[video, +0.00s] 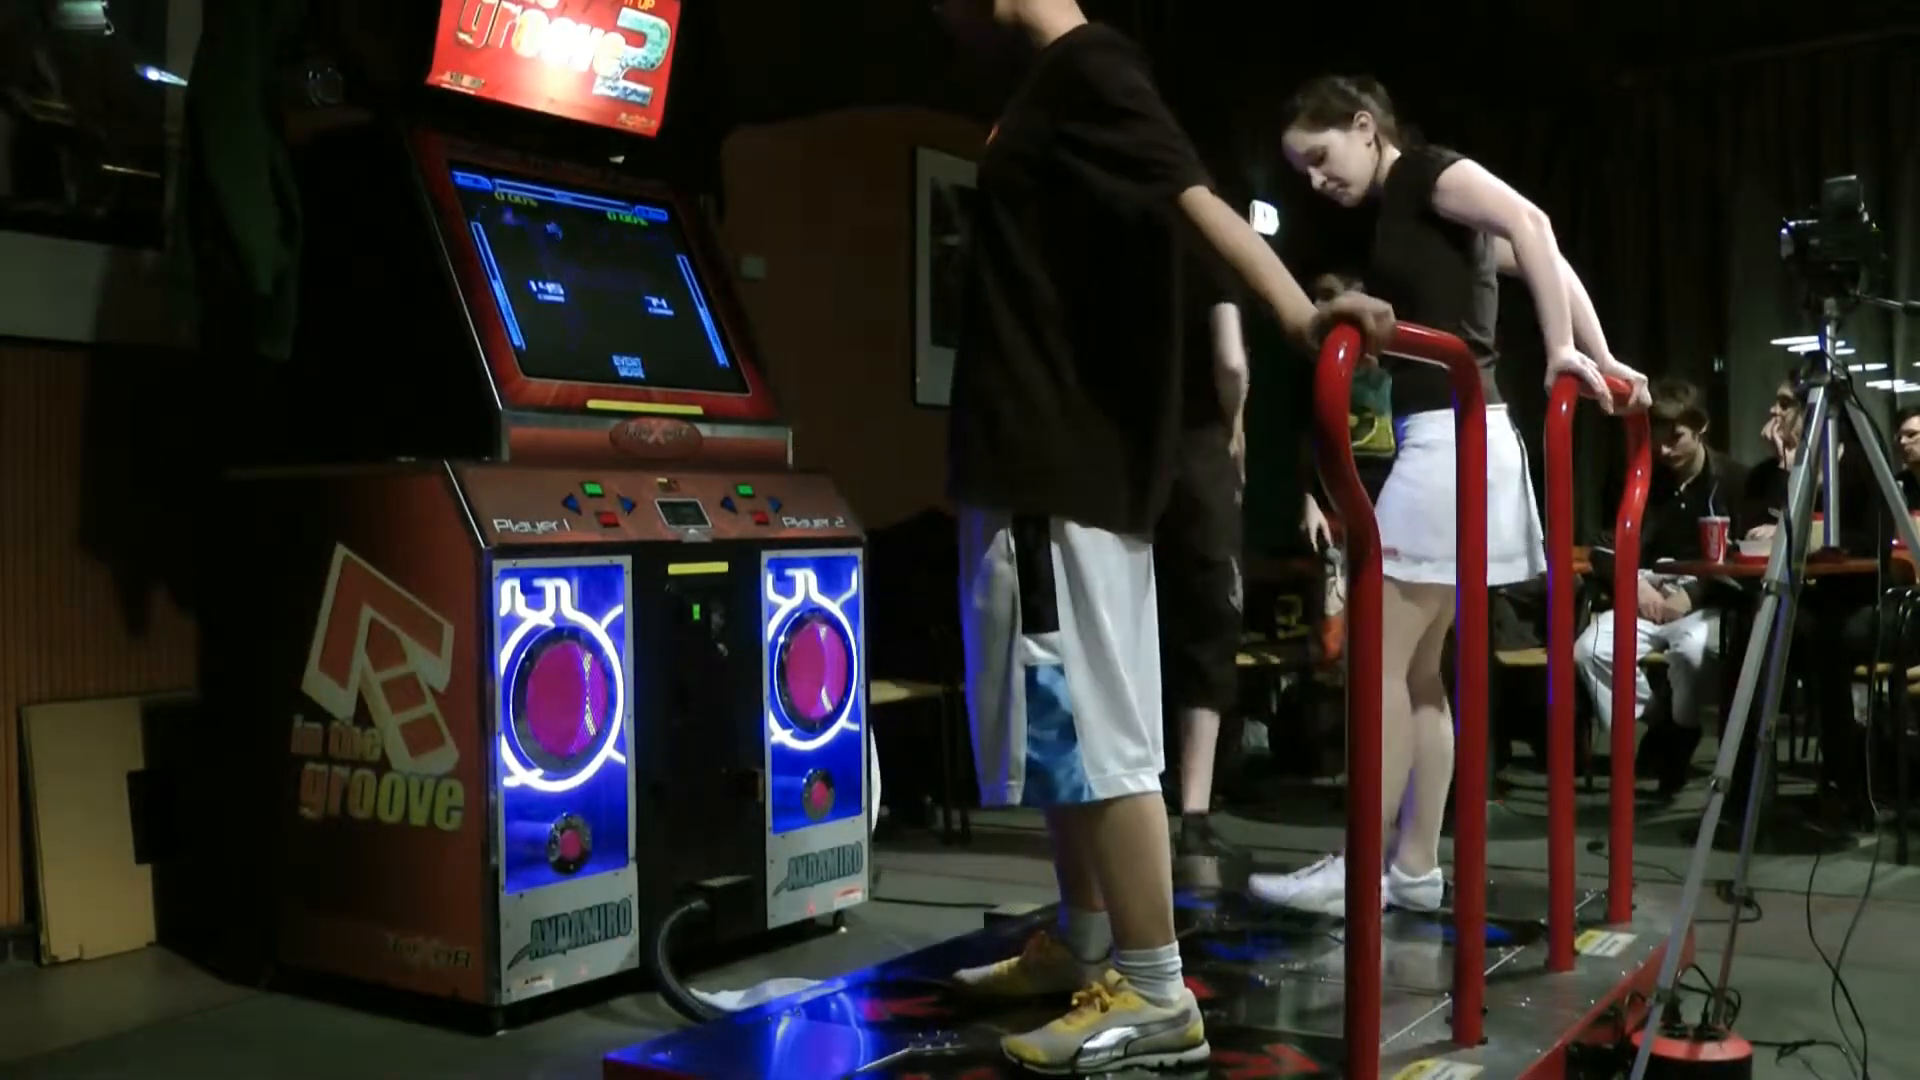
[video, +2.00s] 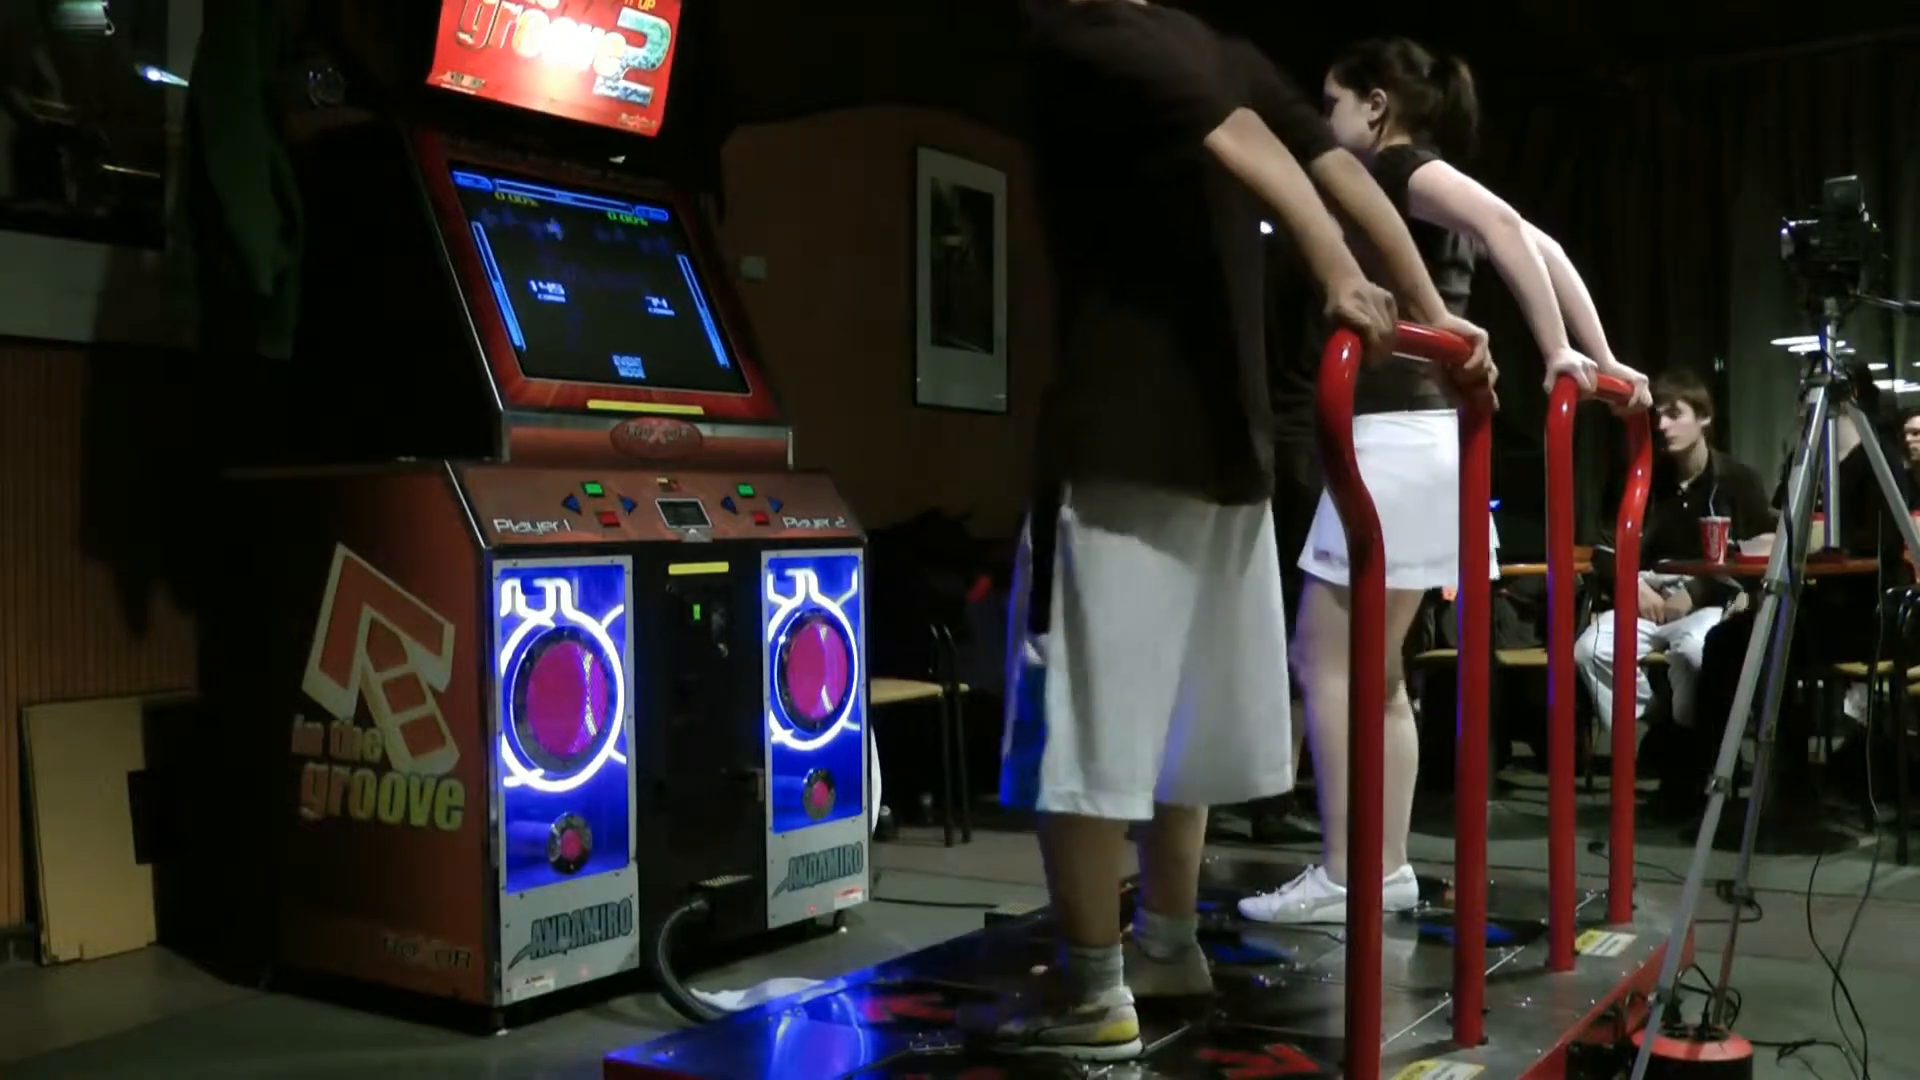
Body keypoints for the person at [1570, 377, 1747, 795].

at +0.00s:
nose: (1667, 447)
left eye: (1675, 436)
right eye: (1659, 439)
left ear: (1700, 429)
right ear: (1648, 437)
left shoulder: (1730, 479)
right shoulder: (1644, 477)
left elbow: (1741, 557)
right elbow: (1605, 549)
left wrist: (1691, 596)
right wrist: (1637, 589)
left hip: (1705, 600)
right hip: (1647, 594)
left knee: (1692, 650)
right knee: (1594, 648)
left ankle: (1682, 737)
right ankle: (1658, 727)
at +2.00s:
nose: (1663, 425)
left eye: (1675, 414)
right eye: (1658, 416)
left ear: (1703, 420)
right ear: (1651, 421)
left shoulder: (1738, 481)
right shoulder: (1646, 478)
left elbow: (1755, 562)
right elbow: (1608, 551)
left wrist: (1692, 595)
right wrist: (1635, 587)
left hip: (1711, 604)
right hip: (1649, 604)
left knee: (1690, 651)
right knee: (1593, 648)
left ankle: (1685, 740)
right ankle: (1644, 741)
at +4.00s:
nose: (1650, 426)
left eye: (1659, 418)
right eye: (1650, 417)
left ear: (1689, 425)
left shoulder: (1734, 480)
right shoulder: (1645, 474)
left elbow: (1745, 560)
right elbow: (1607, 546)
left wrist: (1692, 595)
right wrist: (1634, 587)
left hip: (1703, 602)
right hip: (1645, 598)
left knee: (1695, 654)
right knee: (1596, 648)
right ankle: (1643, 750)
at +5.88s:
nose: (1663, 433)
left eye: (1674, 423)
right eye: (1658, 423)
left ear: (1703, 425)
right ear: (1650, 427)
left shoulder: (1736, 482)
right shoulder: (1644, 477)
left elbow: (1747, 561)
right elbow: (1607, 550)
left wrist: (1692, 595)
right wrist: (1638, 588)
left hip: (1707, 603)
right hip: (1649, 599)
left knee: (1690, 651)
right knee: (1594, 649)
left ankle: (1696, 754)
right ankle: (1652, 744)